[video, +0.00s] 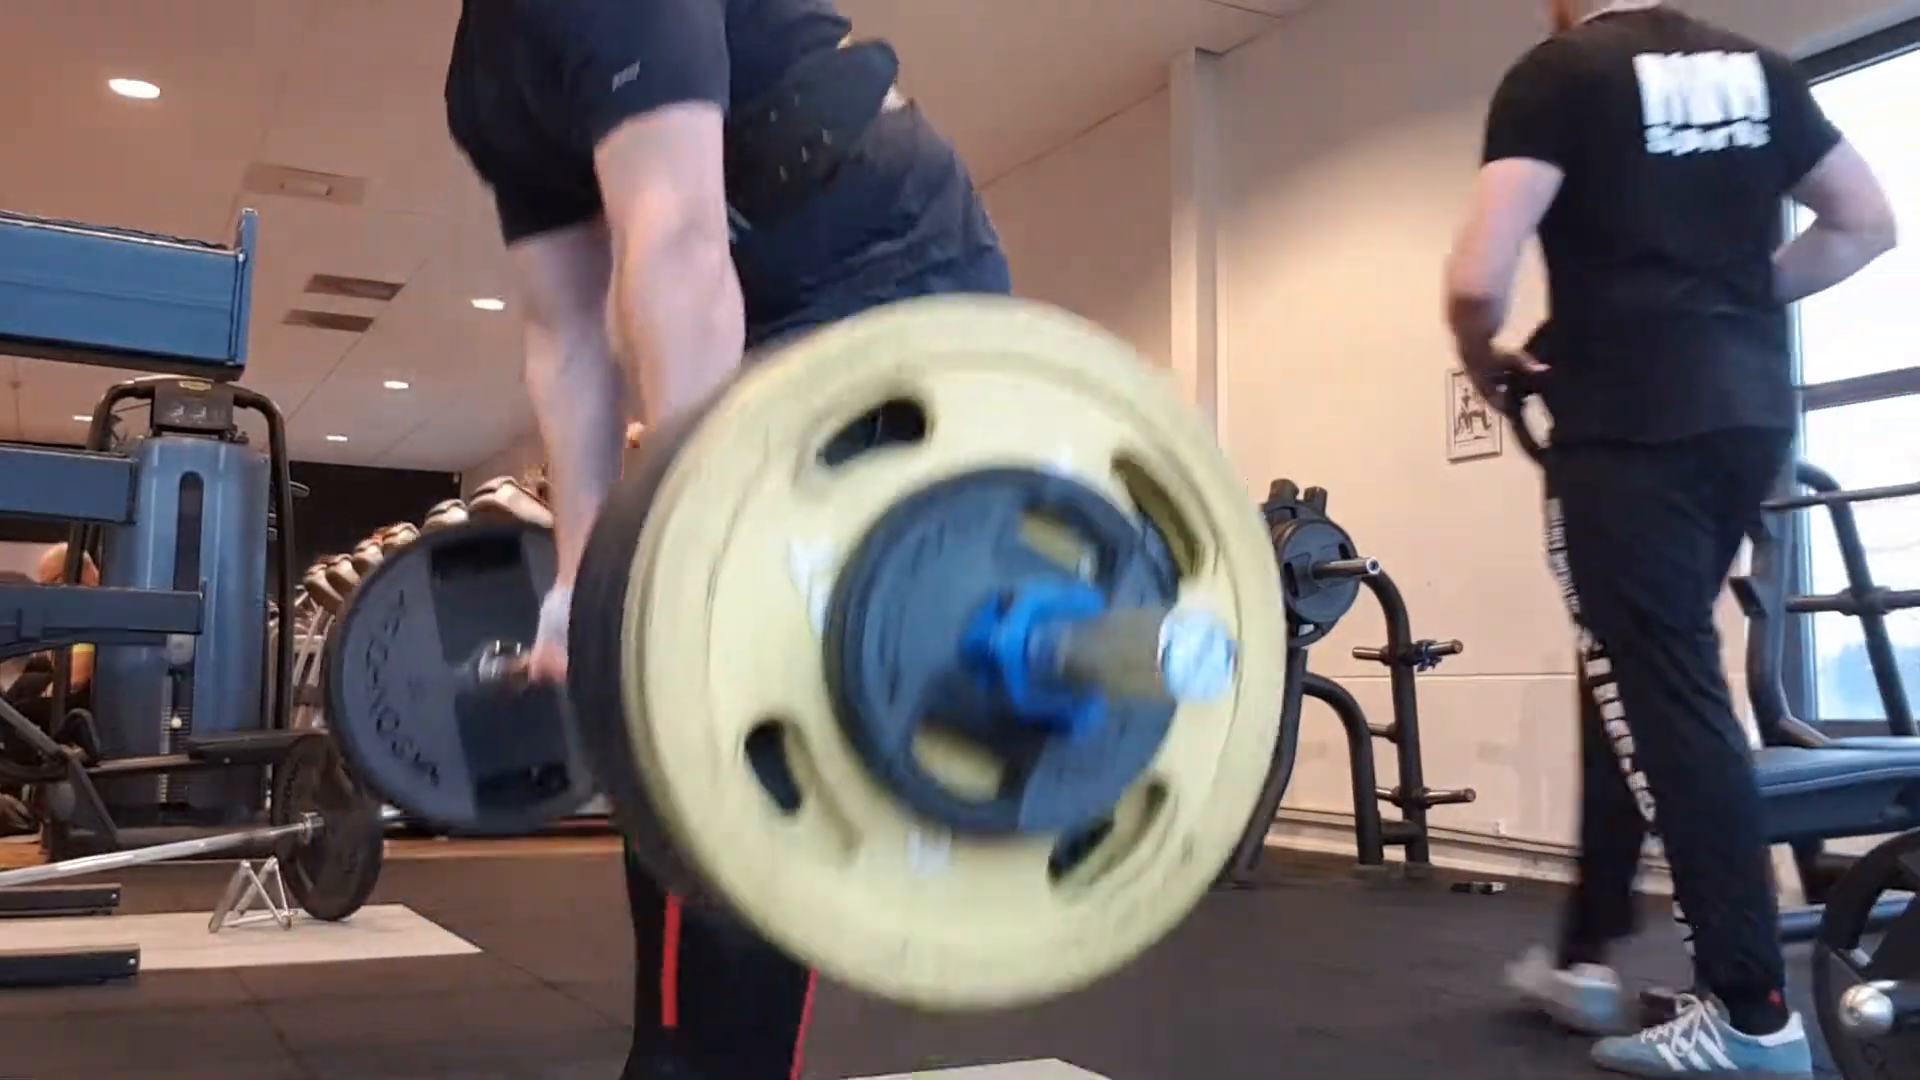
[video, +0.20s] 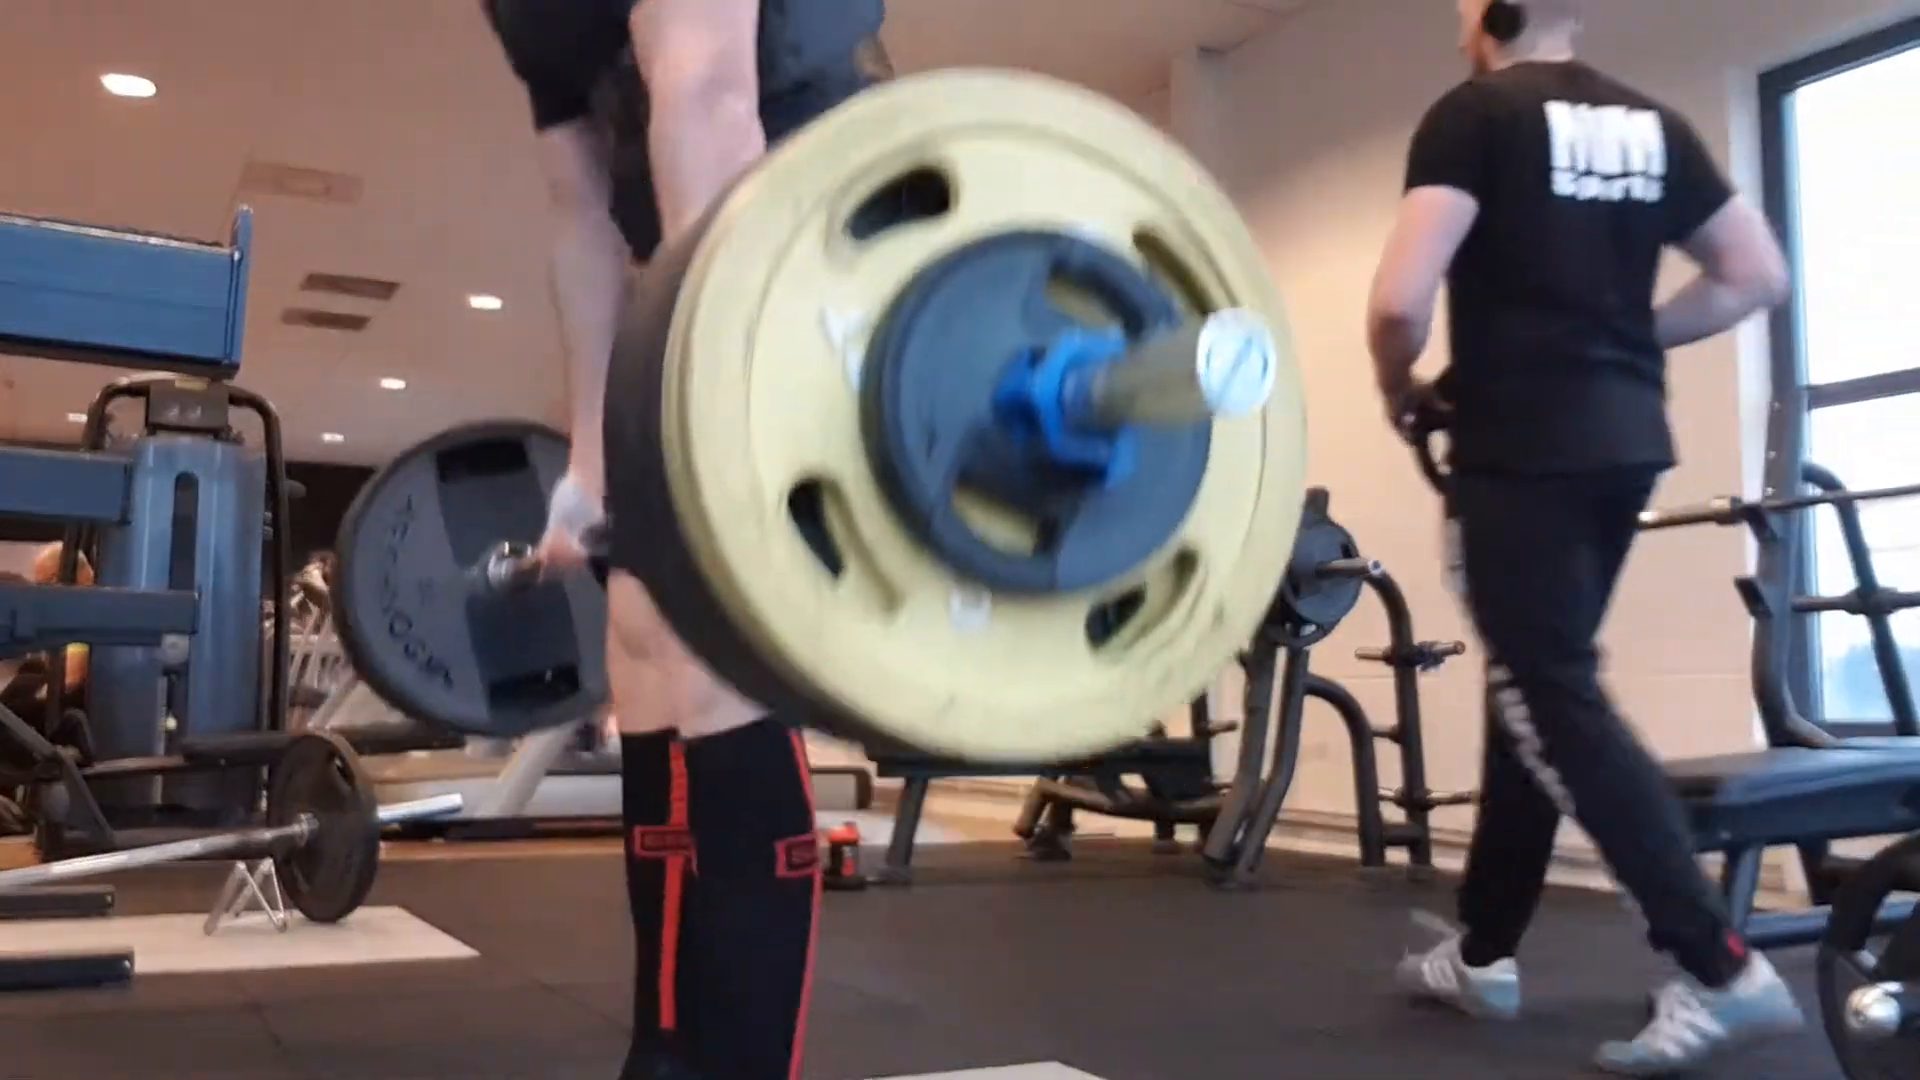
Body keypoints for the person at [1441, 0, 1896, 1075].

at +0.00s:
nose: (1539, 29)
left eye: (1539, 22)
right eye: (1544, 24)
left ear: (1563, 9)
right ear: (1655, 1)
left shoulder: (1555, 72)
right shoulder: (1757, 67)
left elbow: (1474, 283)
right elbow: (1865, 223)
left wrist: (1482, 356)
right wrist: (1745, 291)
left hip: (1630, 421)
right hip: (1752, 419)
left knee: (1676, 703)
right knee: (1628, 677)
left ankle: (1753, 1013)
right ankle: (1587, 961)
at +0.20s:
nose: (1460, 36)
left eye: (1463, 23)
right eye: (1467, 24)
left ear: (1485, 25)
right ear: (1569, 25)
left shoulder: (1472, 115)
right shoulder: (1651, 122)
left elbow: (1397, 306)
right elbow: (1755, 275)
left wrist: (1398, 391)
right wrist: (1631, 332)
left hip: (1521, 444)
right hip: (1626, 445)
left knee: (1555, 702)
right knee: (1532, 692)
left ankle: (1718, 970)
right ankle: (1483, 954)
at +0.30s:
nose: (1414, 42)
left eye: (1420, 25)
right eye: (1419, 25)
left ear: (1448, 30)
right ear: (1520, 31)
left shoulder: (1437, 125)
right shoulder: (1597, 137)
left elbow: (1383, 307)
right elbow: (1679, 295)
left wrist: (1357, 390)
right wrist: (1568, 335)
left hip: (1467, 441)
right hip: (1570, 442)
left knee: (1438, 693)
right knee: (1500, 694)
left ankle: (1615, 894)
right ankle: (1475, 954)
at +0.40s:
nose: (1370, 61)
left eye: (1375, 42)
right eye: (1373, 43)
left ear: (1405, 40)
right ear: (1470, 43)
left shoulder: (1405, 135)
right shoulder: (1542, 147)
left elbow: (1364, 313)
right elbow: (1617, 298)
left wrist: (1321, 385)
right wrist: (1515, 341)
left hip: (1427, 441)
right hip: (1525, 441)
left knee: (1339, 649)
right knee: (1477, 679)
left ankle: (1494, 867)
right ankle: (1477, 948)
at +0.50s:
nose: (1325, 77)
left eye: (1331, 59)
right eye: (1328, 59)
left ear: (1364, 57)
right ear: (1423, 64)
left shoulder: (1368, 145)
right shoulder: (1494, 162)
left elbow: (1346, 314)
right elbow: (1559, 308)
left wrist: (1287, 399)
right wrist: (1462, 356)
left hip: (1375, 457)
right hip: (1477, 459)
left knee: (1291, 651)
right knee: (1450, 685)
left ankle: (1354, 910)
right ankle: (1472, 946)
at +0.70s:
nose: (1237, 123)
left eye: (1241, 108)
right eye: (1240, 106)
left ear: (1267, 109)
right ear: (1327, 108)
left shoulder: (1272, 190)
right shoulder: (1395, 201)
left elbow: (1269, 353)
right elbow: (1459, 341)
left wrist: (1206, 430)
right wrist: (1360, 377)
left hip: (1287, 488)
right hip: (1385, 482)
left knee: (1253, 706)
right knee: (1387, 700)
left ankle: (1187, 923)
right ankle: (1466, 939)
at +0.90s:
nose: (1137, 136)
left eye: (1140, 123)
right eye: (1140, 122)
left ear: (1162, 127)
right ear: (1229, 126)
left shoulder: (1144, 212)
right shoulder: (1296, 208)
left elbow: (1096, 336)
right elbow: (1371, 340)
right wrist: (1283, 379)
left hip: (1187, 485)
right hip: (1282, 486)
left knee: (1169, 702)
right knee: (1243, 679)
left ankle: (1176, 925)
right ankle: (1337, 830)